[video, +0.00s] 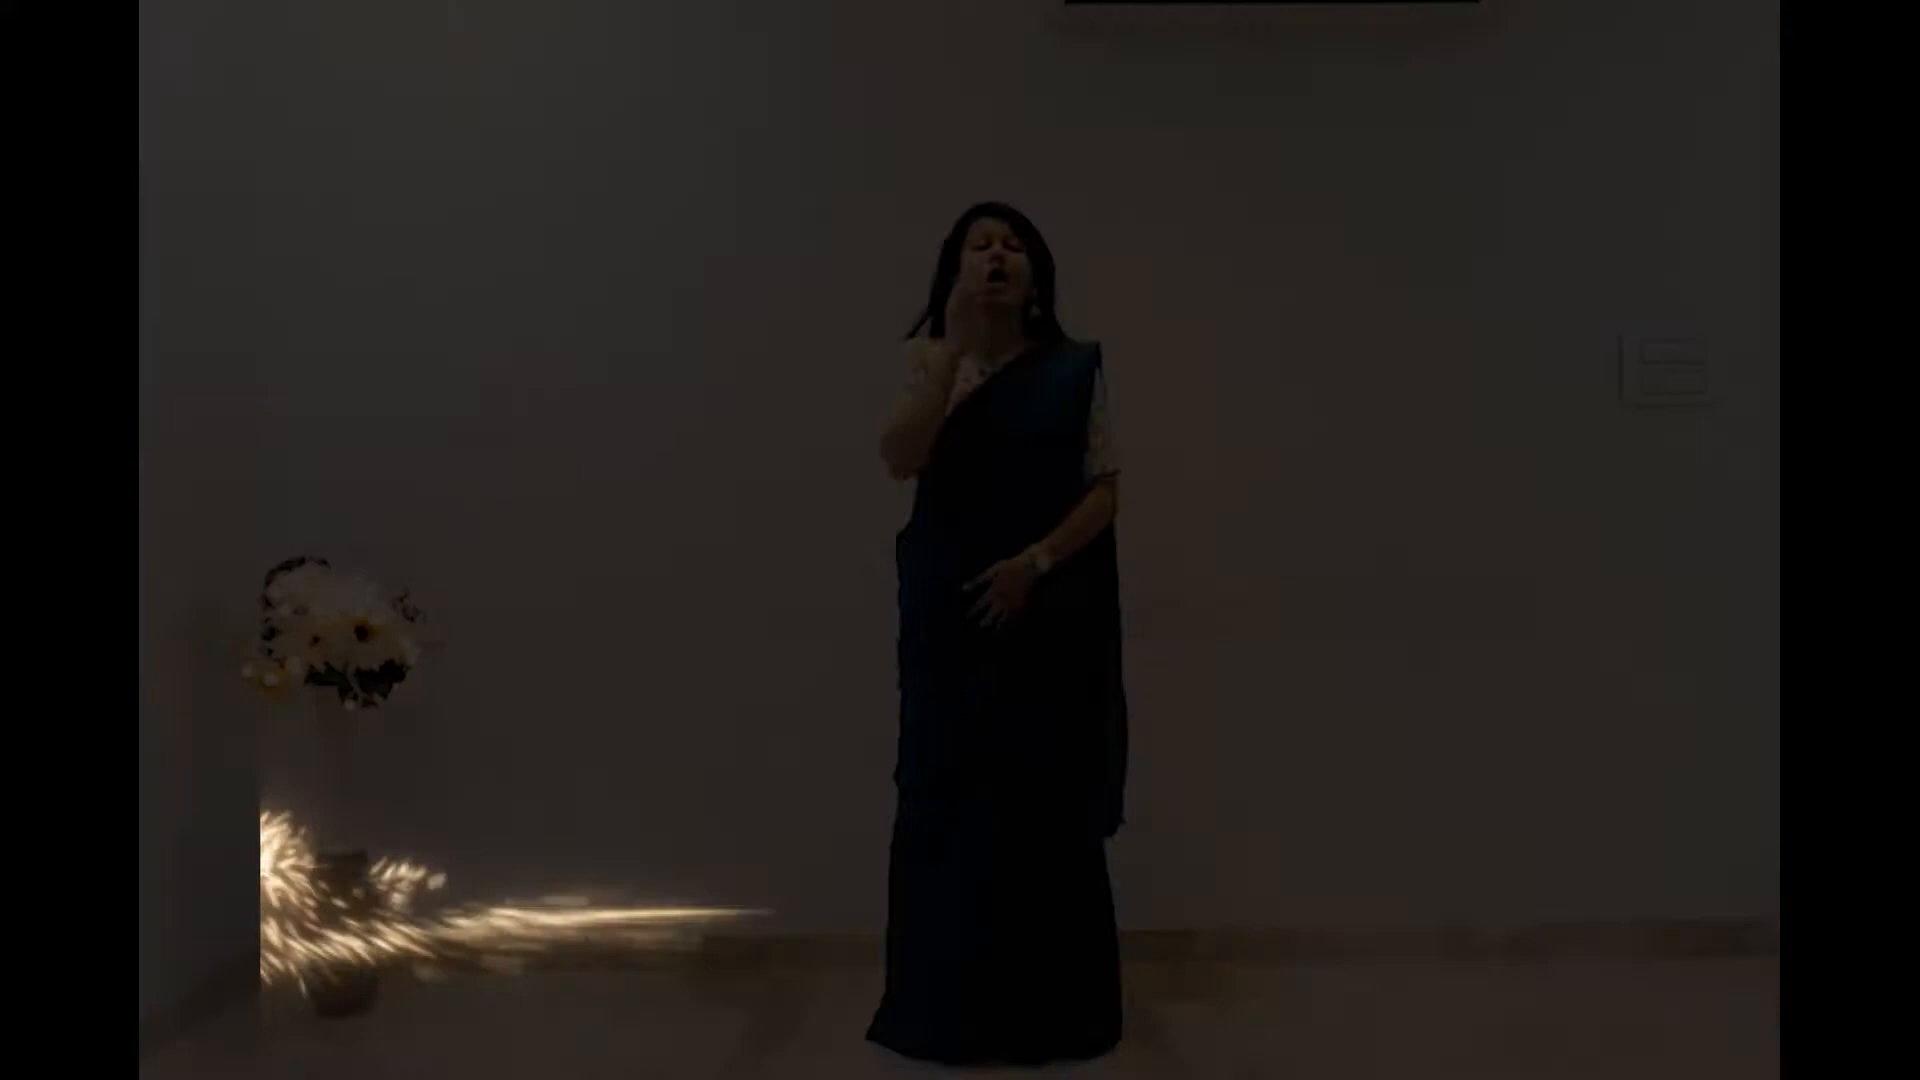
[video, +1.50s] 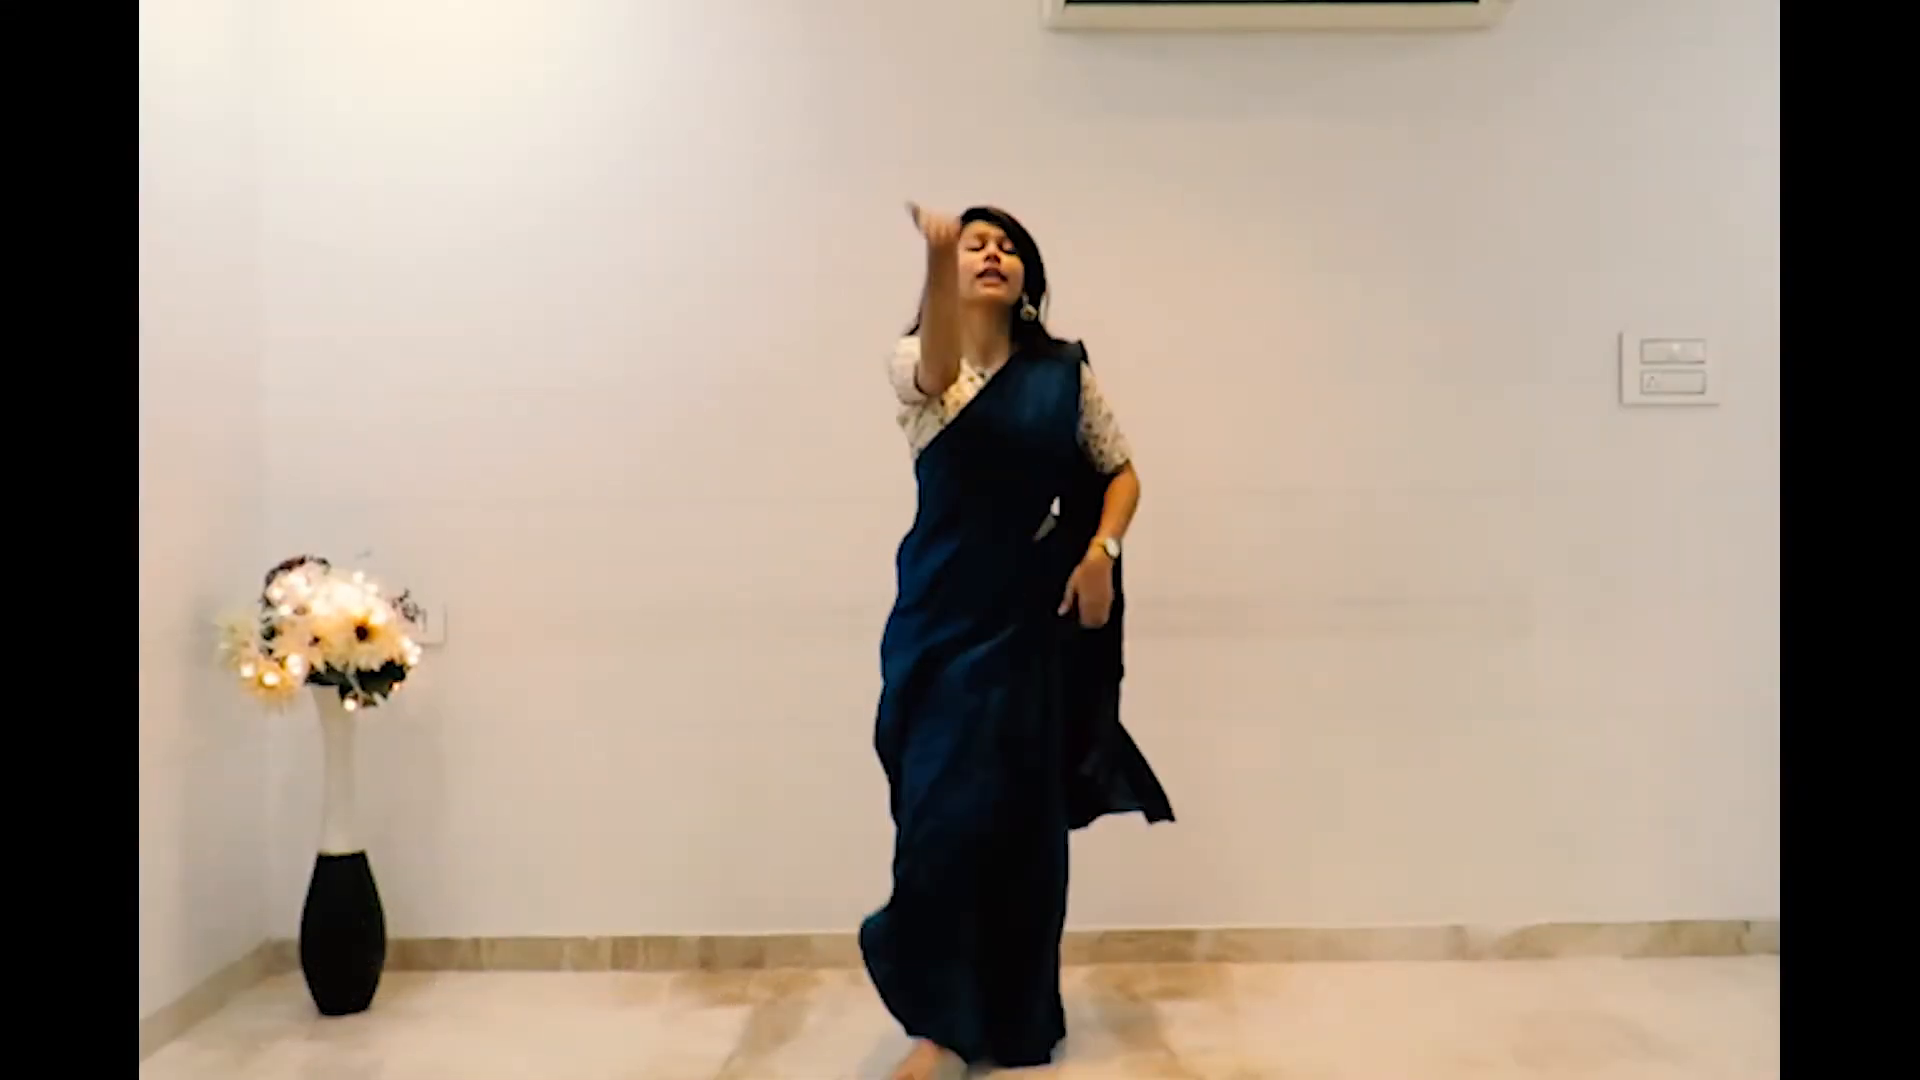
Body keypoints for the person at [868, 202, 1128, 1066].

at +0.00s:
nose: (998, 258)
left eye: (1014, 248)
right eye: (981, 247)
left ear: (1037, 275)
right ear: (952, 271)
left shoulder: (1076, 367)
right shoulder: (928, 359)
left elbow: (1106, 492)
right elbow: (900, 457)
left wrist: (1035, 562)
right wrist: (951, 353)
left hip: (1054, 626)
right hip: (947, 625)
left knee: (1050, 814)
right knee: (948, 811)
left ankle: (1052, 1010)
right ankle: (945, 1010)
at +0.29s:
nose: (1006, 253)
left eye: (1020, 243)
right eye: (988, 244)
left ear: (1044, 271)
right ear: (961, 271)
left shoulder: (1085, 357)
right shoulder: (931, 351)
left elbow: (1161, 454)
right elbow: (804, 366)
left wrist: (1082, 451)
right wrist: (911, 344)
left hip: (1054, 608)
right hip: (947, 605)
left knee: (1048, 796)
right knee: (932, 791)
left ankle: (1042, 994)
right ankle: (916, 995)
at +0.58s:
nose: (985, 259)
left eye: (1002, 254)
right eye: (968, 254)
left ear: (1026, 292)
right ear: (946, 297)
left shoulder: (1066, 359)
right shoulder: (934, 382)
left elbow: (1136, 420)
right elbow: (904, 377)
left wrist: (1033, 445)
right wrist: (897, 273)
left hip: (1070, 615)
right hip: (970, 621)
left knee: (1072, 801)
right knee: (990, 794)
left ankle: (1053, 991)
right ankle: (974, 993)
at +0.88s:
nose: (995, 281)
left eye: (1010, 273)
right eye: (979, 273)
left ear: (1030, 302)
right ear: (950, 301)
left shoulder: (1064, 374)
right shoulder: (931, 391)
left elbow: (1120, 434)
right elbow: (892, 405)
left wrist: (1013, 434)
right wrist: (923, 300)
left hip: (1066, 628)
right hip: (974, 634)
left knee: (1089, 812)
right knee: (1010, 818)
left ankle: (1122, 1002)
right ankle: (1052, 1006)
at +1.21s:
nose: (1007, 281)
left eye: (1023, 270)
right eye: (991, 269)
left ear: (1050, 294)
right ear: (966, 291)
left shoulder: (1079, 400)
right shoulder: (925, 377)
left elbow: (1083, 527)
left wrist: (978, 506)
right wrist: (976, 442)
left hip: (1017, 622)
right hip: (924, 615)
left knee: (998, 799)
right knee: (907, 794)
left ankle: (1003, 987)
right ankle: (902, 984)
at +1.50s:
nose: (989, 253)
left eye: (1005, 247)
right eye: (972, 244)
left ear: (1027, 281)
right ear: (947, 279)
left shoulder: (1063, 370)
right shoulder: (925, 371)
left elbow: (1123, 476)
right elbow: (936, 349)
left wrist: (1101, 550)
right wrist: (939, 256)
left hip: (1032, 618)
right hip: (937, 616)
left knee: (1021, 821)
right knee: (939, 818)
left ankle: (1010, 1030)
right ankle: (937, 1030)